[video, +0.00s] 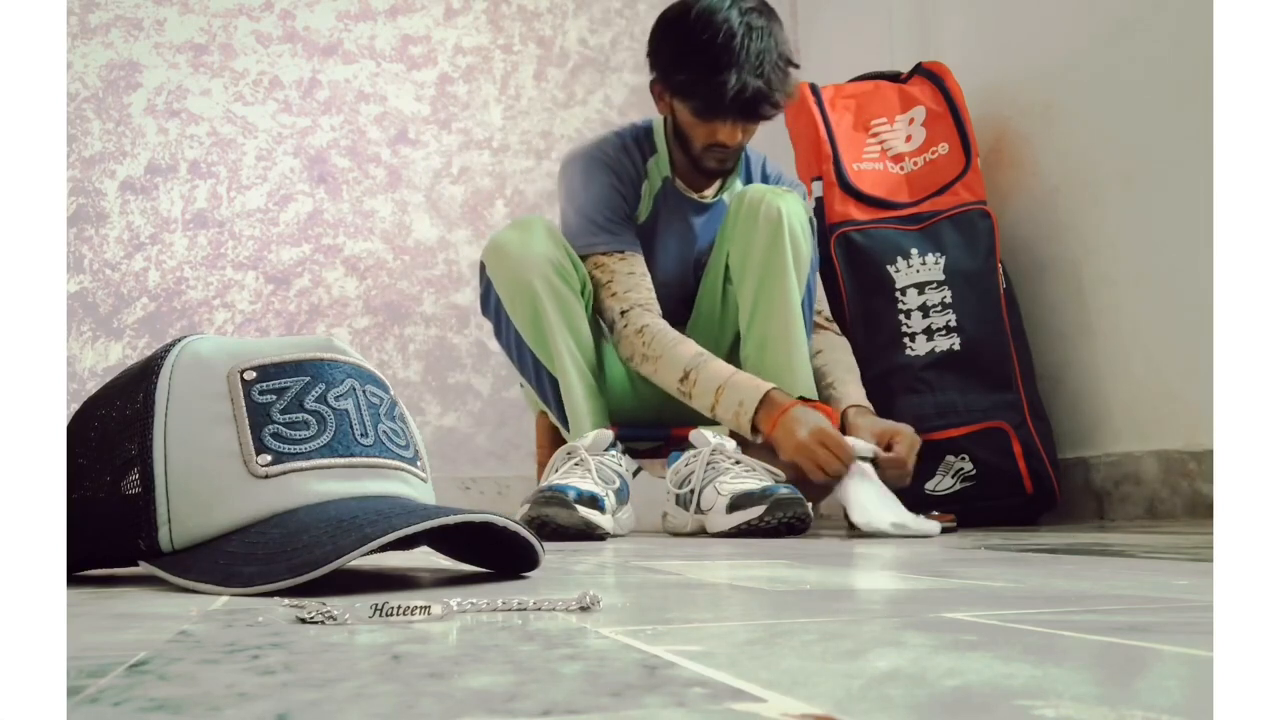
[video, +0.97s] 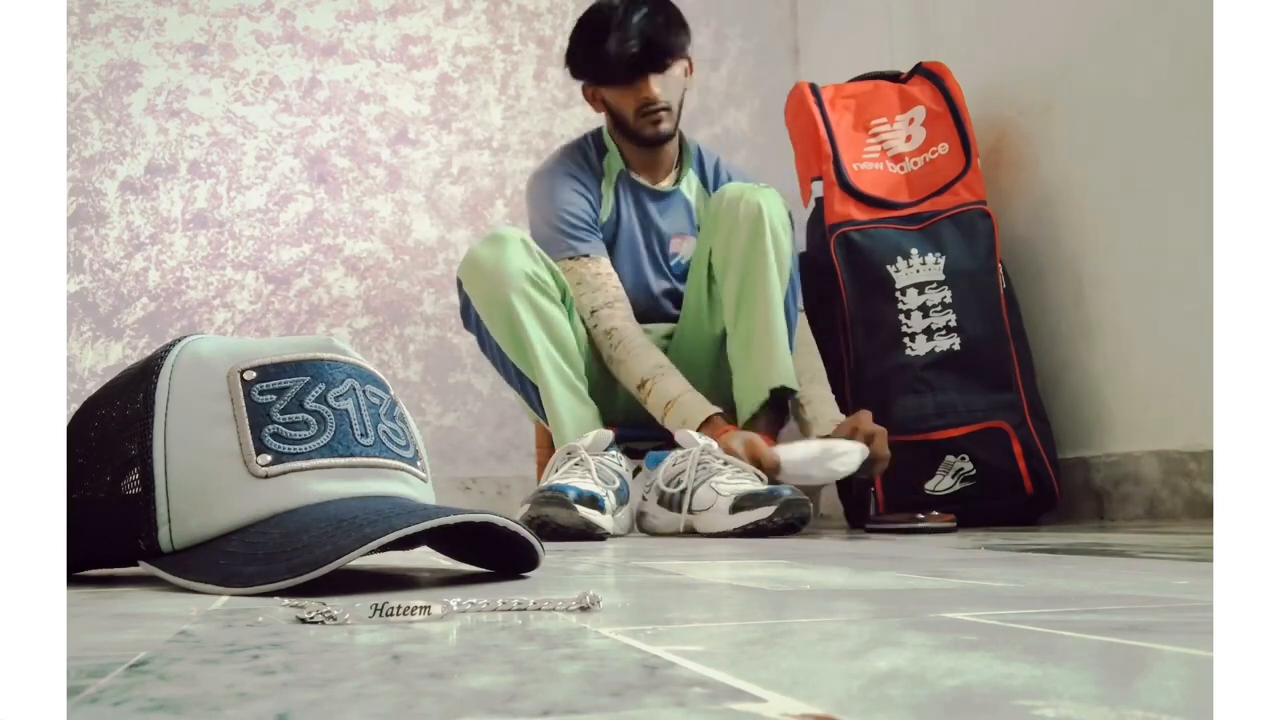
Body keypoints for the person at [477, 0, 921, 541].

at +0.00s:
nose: (730, 138)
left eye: (747, 119)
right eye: (709, 116)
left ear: (766, 106)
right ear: (663, 96)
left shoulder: (774, 189)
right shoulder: (599, 170)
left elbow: (819, 326)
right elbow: (639, 332)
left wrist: (857, 417)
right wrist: (772, 411)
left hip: (717, 388)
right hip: (615, 382)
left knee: (773, 207)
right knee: (518, 243)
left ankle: (723, 457)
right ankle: (591, 454)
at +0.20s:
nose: (734, 135)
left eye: (752, 115)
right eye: (715, 112)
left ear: (771, 103)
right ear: (666, 94)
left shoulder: (778, 189)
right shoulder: (604, 169)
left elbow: (819, 328)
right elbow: (643, 335)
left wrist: (859, 426)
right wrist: (770, 427)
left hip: (717, 388)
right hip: (616, 382)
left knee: (778, 209)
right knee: (518, 244)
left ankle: (725, 458)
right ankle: (591, 455)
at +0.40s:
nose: (719, 112)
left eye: (736, 88)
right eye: (699, 88)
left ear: (758, 86)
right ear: (653, 85)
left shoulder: (773, 188)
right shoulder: (597, 172)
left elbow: (812, 331)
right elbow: (643, 334)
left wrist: (856, 429)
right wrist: (767, 430)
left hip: (716, 386)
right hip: (615, 380)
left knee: (770, 204)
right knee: (514, 247)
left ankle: (722, 457)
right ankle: (592, 457)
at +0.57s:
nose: (686, 85)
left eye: (709, 66)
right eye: (669, 63)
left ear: (746, 82)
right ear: (641, 73)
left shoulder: (762, 185)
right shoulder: (590, 172)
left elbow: (804, 328)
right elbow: (636, 333)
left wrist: (839, 428)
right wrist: (752, 423)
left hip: (713, 390)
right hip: (614, 385)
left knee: (762, 202)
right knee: (507, 249)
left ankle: (725, 458)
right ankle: (588, 455)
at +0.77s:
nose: (690, 99)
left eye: (703, 77)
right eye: (667, 79)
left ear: (719, 79)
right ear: (623, 85)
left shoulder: (745, 187)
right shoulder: (577, 177)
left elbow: (801, 323)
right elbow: (625, 329)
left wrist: (834, 428)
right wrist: (728, 428)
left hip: (707, 383)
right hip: (608, 381)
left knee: (761, 204)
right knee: (511, 248)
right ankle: (592, 455)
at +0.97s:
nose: (651, 93)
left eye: (661, 70)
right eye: (627, 80)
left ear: (687, 71)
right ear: (594, 97)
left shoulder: (731, 188)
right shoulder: (563, 184)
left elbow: (785, 316)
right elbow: (613, 329)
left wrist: (828, 430)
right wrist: (710, 426)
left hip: (703, 381)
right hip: (600, 379)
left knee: (752, 202)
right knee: (493, 255)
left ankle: (707, 462)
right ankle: (589, 460)